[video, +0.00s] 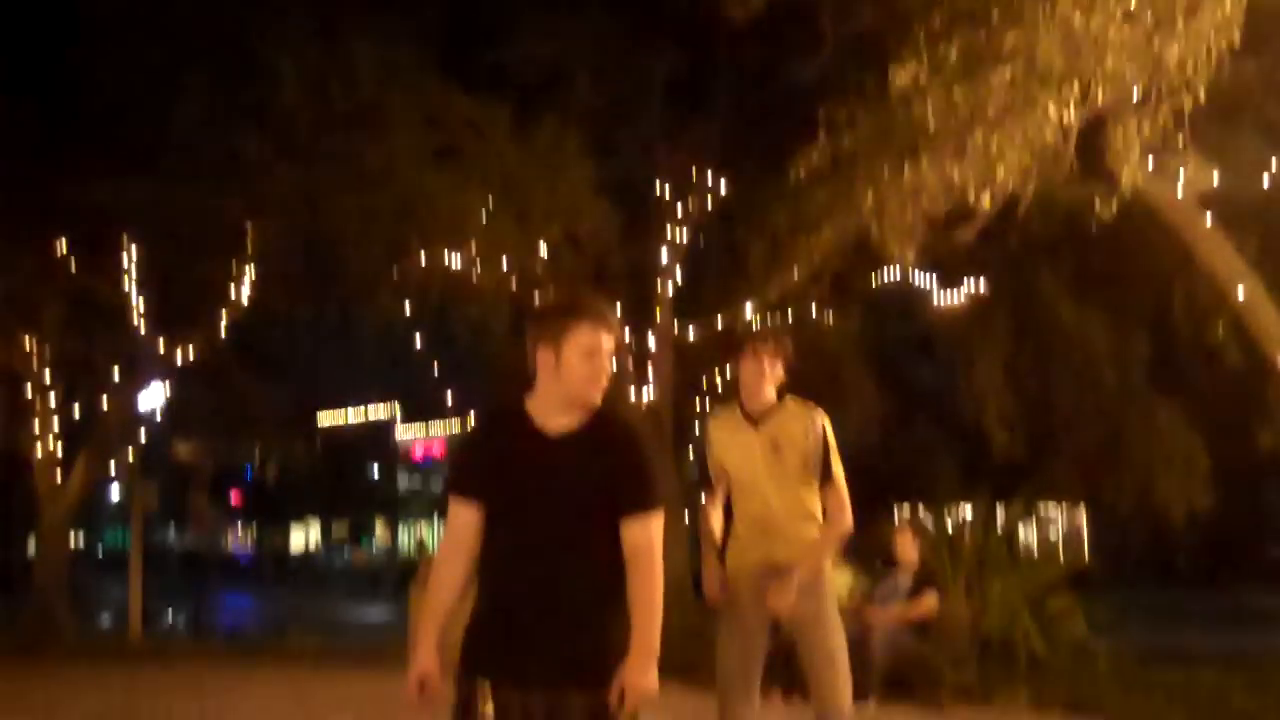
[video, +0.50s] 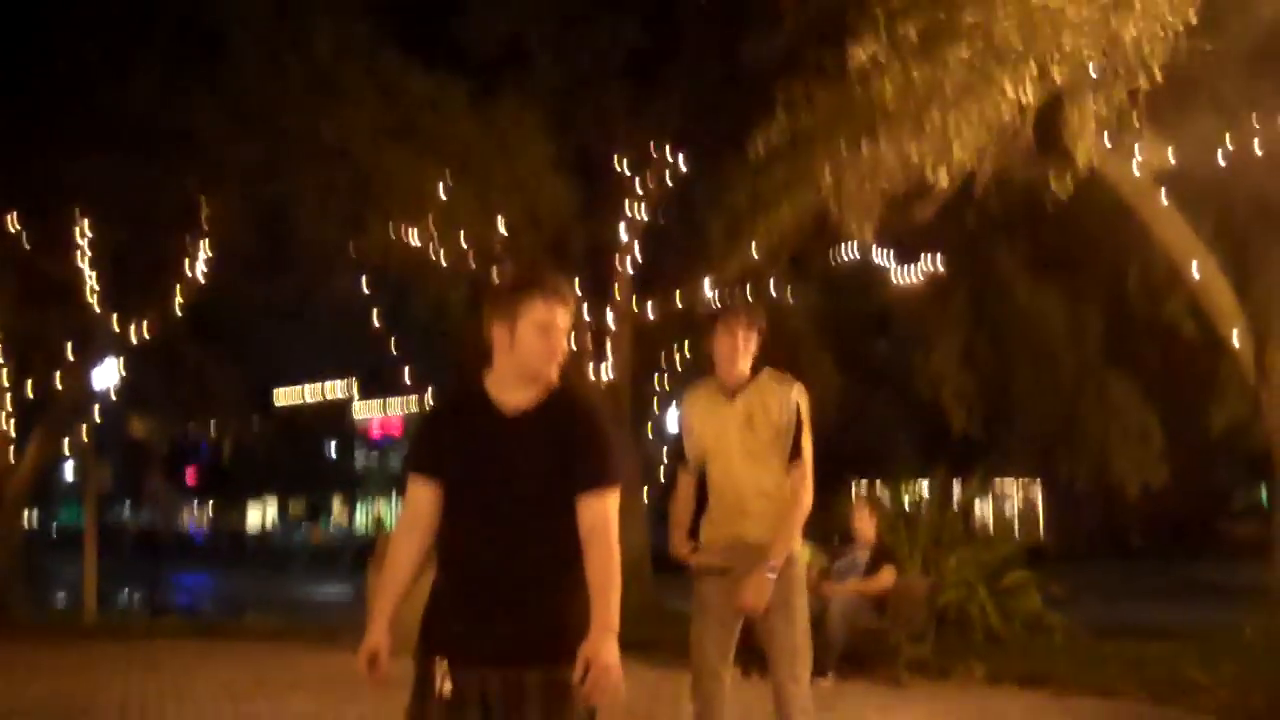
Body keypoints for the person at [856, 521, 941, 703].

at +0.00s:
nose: (902, 548)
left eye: (908, 541)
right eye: (899, 542)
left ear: (919, 544)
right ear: (893, 546)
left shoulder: (926, 577)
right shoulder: (883, 580)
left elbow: (928, 607)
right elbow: (867, 613)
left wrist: (885, 617)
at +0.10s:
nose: (898, 514)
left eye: (903, 507)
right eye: (894, 508)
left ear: (914, 511)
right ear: (889, 514)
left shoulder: (925, 543)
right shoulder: (880, 546)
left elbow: (923, 574)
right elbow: (860, 577)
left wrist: (888, 580)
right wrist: (886, 579)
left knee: (876, 591)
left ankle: (867, 660)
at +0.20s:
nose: (887, 485)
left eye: (892, 479)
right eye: (885, 479)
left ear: (905, 481)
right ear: (880, 483)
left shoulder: (915, 513)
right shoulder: (873, 514)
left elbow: (916, 543)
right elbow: (852, 548)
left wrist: (881, 551)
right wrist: (873, 551)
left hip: (900, 572)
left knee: (868, 566)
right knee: (832, 564)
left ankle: (858, 631)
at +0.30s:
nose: (883, 482)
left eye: (889, 477)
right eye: (881, 477)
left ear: (902, 481)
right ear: (877, 481)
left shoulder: (911, 510)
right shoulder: (870, 510)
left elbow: (912, 542)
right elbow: (852, 537)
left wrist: (867, 552)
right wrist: (848, 549)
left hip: (895, 569)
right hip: (860, 562)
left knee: (864, 566)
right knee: (823, 563)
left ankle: (854, 630)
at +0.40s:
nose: (868, 490)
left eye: (874, 486)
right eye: (866, 485)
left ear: (888, 490)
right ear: (862, 488)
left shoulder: (896, 520)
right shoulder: (856, 520)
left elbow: (897, 553)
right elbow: (837, 545)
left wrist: (853, 561)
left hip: (879, 577)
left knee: (848, 576)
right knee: (810, 574)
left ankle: (840, 642)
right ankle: (805, 638)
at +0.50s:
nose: (857, 524)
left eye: (863, 519)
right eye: (855, 519)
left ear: (874, 521)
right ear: (850, 522)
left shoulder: (883, 553)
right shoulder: (840, 553)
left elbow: (885, 582)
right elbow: (821, 584)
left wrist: (848, 587)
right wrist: (834, 591)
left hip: (869, 609)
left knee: (838, 602)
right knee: (807, 601)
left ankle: (826, 670)